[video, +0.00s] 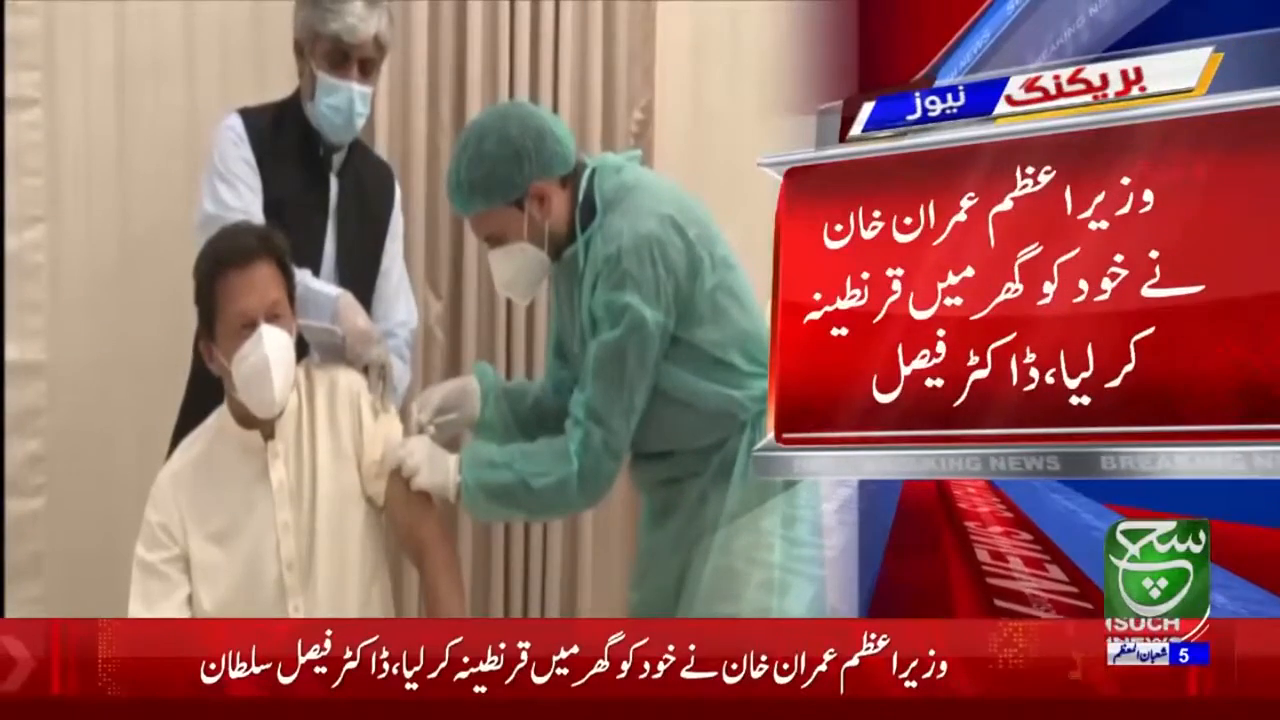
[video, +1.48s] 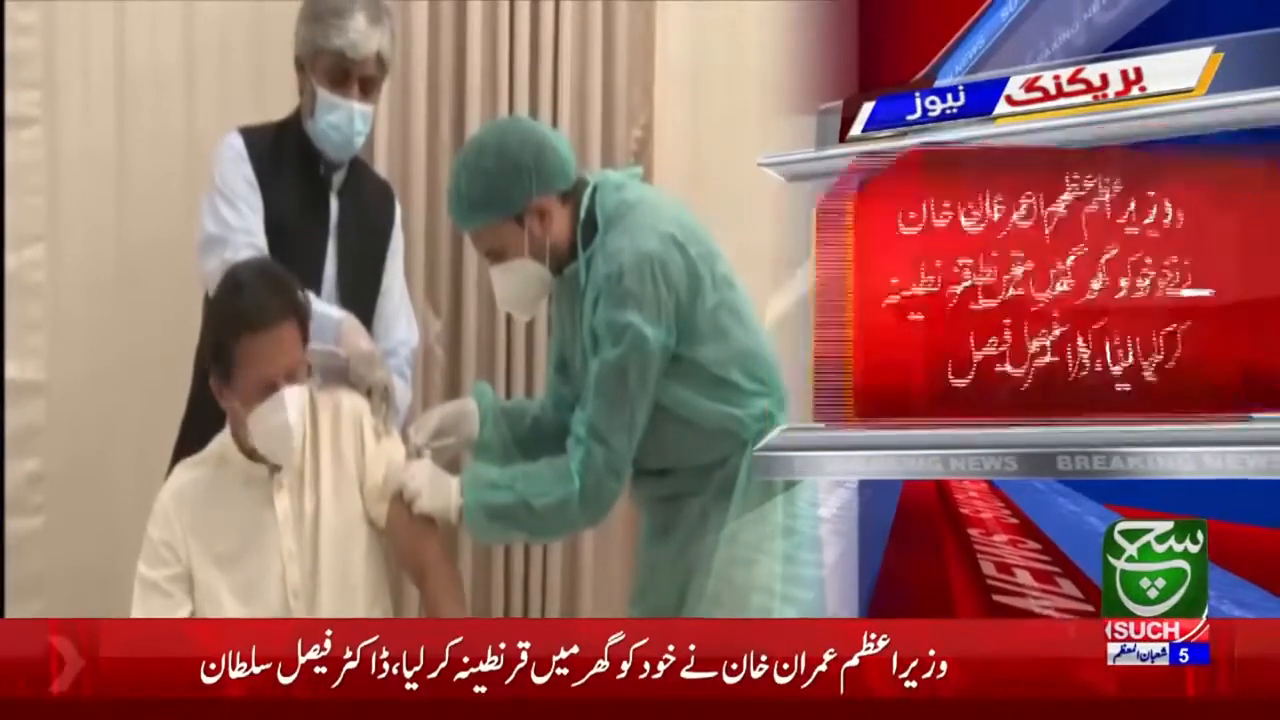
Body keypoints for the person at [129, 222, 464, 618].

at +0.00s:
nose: (267, 339)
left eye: (276, 318)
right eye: (246, 328)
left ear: (295, 319)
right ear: (212, 354)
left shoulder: (344, 399)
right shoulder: (180, 486)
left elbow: (428, 538)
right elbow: (158, 639)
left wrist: (453, 646)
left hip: (364, 674)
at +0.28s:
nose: (267, 342)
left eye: (275, 321)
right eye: (246, 330)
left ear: (295, 323)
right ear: (211, 356)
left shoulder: (344, 400)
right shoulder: (180, 486)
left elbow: (428, 540)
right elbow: (157, 638)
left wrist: (452, 647)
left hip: (364, 674)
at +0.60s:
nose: (269, 351)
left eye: (277, 330)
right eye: (248, 339)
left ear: (296, 327)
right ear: (212, 359)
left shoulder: (346, 405)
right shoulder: (180, 487)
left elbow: (428, 544)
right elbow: (157, 639)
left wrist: (452, 650)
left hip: (364, 674)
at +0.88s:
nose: (268, 378)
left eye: (279, 357)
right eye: (249, 364)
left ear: (299, 343)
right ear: (211, 364)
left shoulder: (346, 410)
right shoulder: (182, 488)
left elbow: (429, 547)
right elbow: (158, 637)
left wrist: (452, 652)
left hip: (360, 672)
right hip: (241, 683)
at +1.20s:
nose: (263, 400)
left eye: (275, 380)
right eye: (244, 387)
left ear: (299, 359)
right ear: (210, 372)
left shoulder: (347, 418)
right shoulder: (184, 492)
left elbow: (426, 552)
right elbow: (157, 633)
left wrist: (456, 651)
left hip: (359, 667)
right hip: (240, 681)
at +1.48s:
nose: (288, 400)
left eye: (295, 377)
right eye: (266, 390)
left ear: (309, 363)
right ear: (222, 392)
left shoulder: (347, 423)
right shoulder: (185, 497)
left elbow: (428, 558)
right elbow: (156, 640)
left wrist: (459, 659)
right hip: (242, 688)